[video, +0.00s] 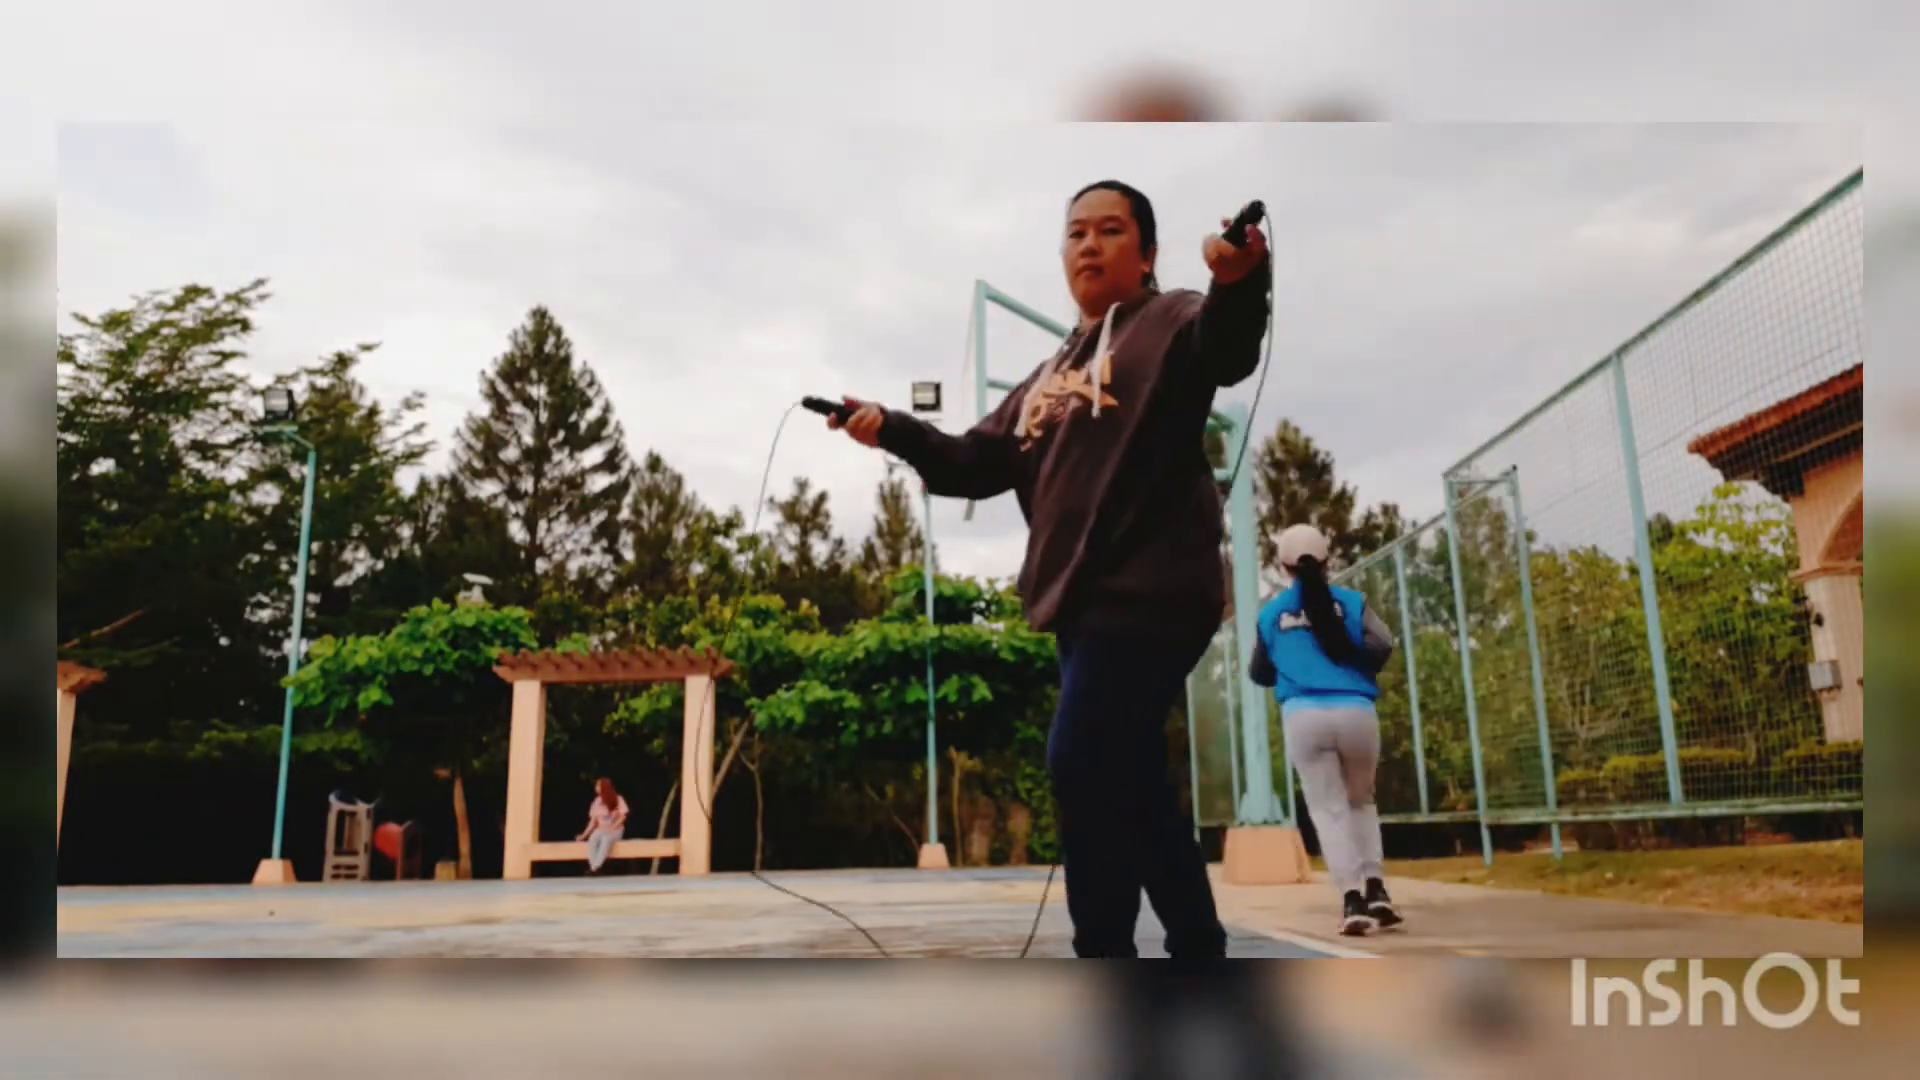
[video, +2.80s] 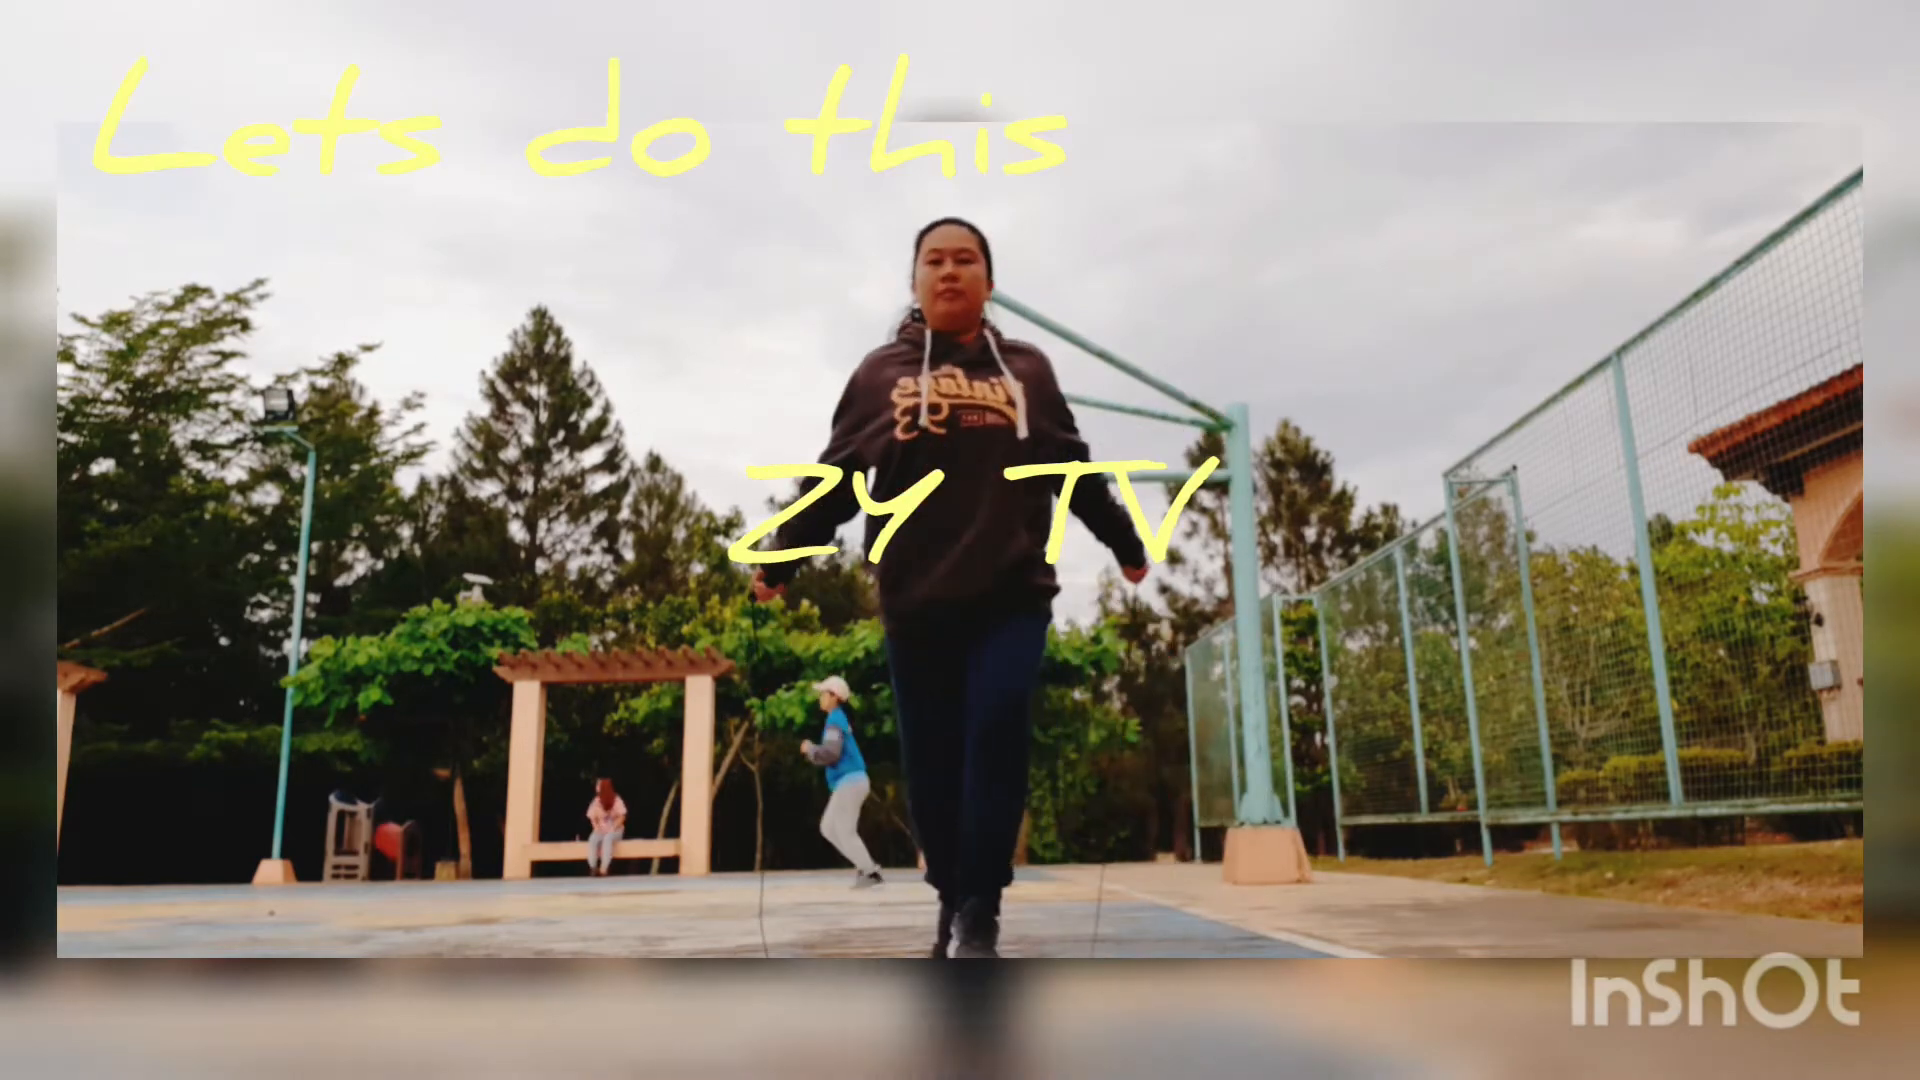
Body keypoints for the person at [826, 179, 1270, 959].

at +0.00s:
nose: (1091, 244)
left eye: (1110, 230)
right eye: (1078, 233)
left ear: (1146, 252)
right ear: (1062, 255)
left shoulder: (1173, 316)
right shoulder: (1050, 376)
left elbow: (1227, 349)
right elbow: (973, 465)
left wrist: (1238, 285)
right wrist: (892, 429)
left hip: (1159, 587)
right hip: (1083, 599)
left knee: (1080, 757)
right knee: (1137, 784)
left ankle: (1104, 957)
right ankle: (1201, 963)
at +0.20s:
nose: (1057, 245)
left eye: (1076, 230)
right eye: (1044, 233)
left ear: (1115, 254)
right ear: (1030, 258)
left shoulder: (1146, 328)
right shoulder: (1005, 371)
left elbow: (1233, 340)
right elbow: (919, 439)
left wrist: (1278, 230)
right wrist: (842, 371)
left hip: (1111, 592)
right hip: (1030, 602)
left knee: (1068, 786)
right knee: (1037, 787)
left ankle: (1139, 976)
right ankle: (1167, 952)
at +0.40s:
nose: (1032, 248)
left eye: (1053, 235)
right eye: (1020, 236)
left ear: (1088, 259)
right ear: (1006, 261)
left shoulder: (1123, 340)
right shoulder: (971, 370)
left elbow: (1215, 366)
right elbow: (884, 437)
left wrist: (1275, 254)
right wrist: (807, 362)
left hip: (1090, 596)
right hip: (992, 604)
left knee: (1070, 775)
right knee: (958, 770)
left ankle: (1104, 974)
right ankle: (1072, 925)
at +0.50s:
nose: (1014, 254)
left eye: (1034, 241)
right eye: (1001, 243)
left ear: (1067, 263)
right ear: (986, 264)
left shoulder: (1102, 349)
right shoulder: (946, 376)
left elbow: (1196, 393)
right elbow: (869, 448)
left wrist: (1259, 299)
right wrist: (786, 384)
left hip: (1073, 603)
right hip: (969, 607)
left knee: (1069, 779)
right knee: (942, 773)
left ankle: (1101, 954)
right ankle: (980, 929)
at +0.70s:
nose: (987, 278)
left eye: (1005, 266)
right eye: (973, 265)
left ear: (1033, 290)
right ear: (955, 285)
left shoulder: (1070, 378)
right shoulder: (912, 390)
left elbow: (1156, 449)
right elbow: (845, 476)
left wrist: (1226, 402)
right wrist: (754, 448)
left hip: (1044, 627)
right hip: (940, 630)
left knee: (1057, 797)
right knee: (928, 809)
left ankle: (1095, 961)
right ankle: (925, 954)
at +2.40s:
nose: (965, 332)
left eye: (978, 320)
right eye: (951, 320)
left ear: (1001, 336)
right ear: (930, 335)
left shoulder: (1041, 425)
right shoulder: (896, 426)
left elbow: (1103, 495)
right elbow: (837, 505)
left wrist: (1177, 496)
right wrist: (782, 507)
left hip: (1026, 646)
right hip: (929, 648)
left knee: (1030, 797)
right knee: (936, 799)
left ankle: (1018, 944)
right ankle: (940, 944)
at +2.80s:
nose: (950, 272)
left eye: (965, 260)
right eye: (936, 261)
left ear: (988, 280)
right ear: (915, 281)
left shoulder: (1026, 369)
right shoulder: (879, 374)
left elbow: (1071, 465)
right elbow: (835, 477)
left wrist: (1125, 538)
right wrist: (779, 553)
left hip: (1011, 589)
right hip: (917, 594)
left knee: (995, 730)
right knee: (929, 750)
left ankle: (980, 911)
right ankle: (952, 903)